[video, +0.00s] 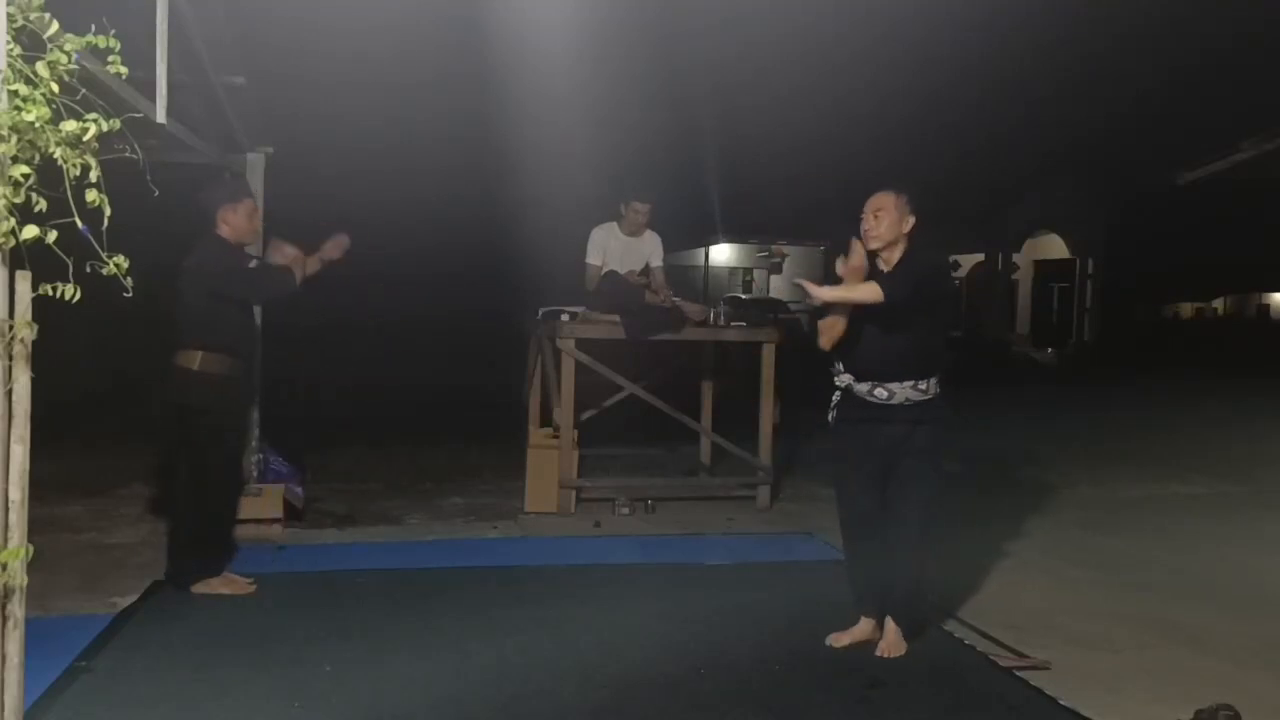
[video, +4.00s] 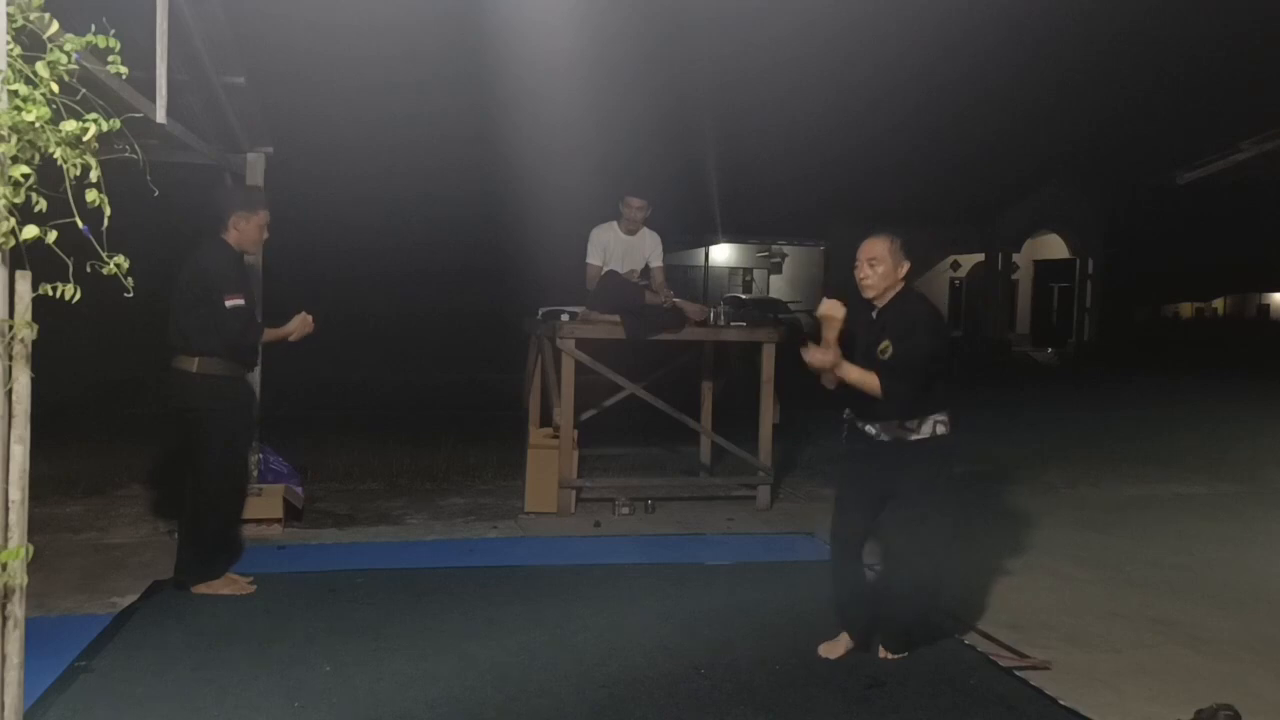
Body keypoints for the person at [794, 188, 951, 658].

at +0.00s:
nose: (866, 222)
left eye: (878, 213)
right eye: (864, 215)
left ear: (908, 223)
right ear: (861, 227)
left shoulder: (929, 269)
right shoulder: (853, 275)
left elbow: (888, 292)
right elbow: (825, 339)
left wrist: (825, 293)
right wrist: (853, 280)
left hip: (914, 411)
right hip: (857, 407)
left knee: (906, 515)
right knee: (858, 513)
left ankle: (895, 620)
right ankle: (869, 617)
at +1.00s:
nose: (872, 225)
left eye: (881, 217)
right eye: (873, 216)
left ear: (912, 222)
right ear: (892, 222)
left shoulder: (928, 277)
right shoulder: (872, 264)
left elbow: (848, 316)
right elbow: (820, 256)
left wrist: (790, 275)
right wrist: (869, 249)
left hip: (914, 416)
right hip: (862, 408)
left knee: (905, 517)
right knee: (854, 510)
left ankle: (898, 623)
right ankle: (864, 614)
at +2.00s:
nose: (869, 234)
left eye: (876, 224)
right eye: (866, 225)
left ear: (903, 226)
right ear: (866, 227)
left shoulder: (930, 275)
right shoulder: (857, 271)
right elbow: (828, 316)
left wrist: (910, 196)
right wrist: (865, 284)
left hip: (911, 415)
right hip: (855, 412)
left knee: (905, 518)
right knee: (849, 513)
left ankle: (900, 622)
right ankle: (863, 613)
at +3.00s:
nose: (875, 227)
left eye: (885, 218)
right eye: (875, 218)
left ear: (916, 222)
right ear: (880, 224)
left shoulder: (929, 274)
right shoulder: (879, 273)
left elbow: (851, 283)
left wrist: (781, 284)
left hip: (905, 423)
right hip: (858, 417)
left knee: (899, 517)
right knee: (846, 513)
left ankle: (899, 624)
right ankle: (865, 616)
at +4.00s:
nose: (862, 271)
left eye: (873, 263)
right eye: (858, 264)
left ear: (902, 269)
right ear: (855, 269)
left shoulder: (922, 318)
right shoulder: (857, 313)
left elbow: (901, 392)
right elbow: (830, 380)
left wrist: (838, 366)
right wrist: (829, 334)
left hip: (916, 446)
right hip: (864, 440)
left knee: (905, 545)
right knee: (844, 539)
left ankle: (899, 631)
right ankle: (853, 627)